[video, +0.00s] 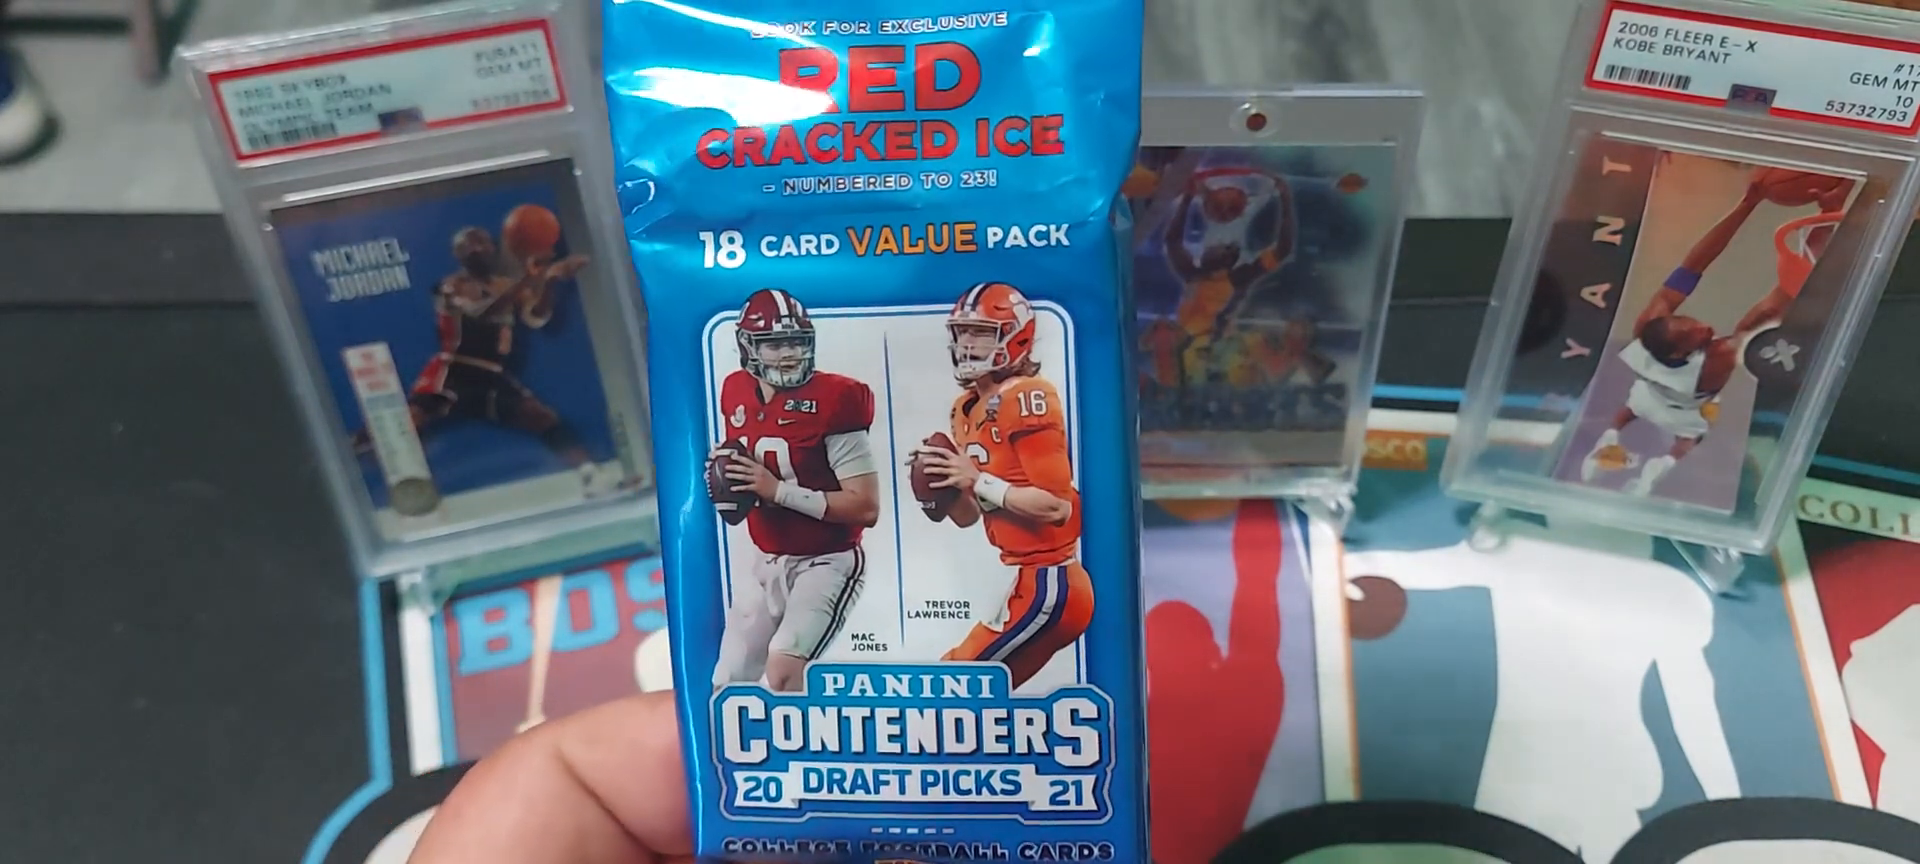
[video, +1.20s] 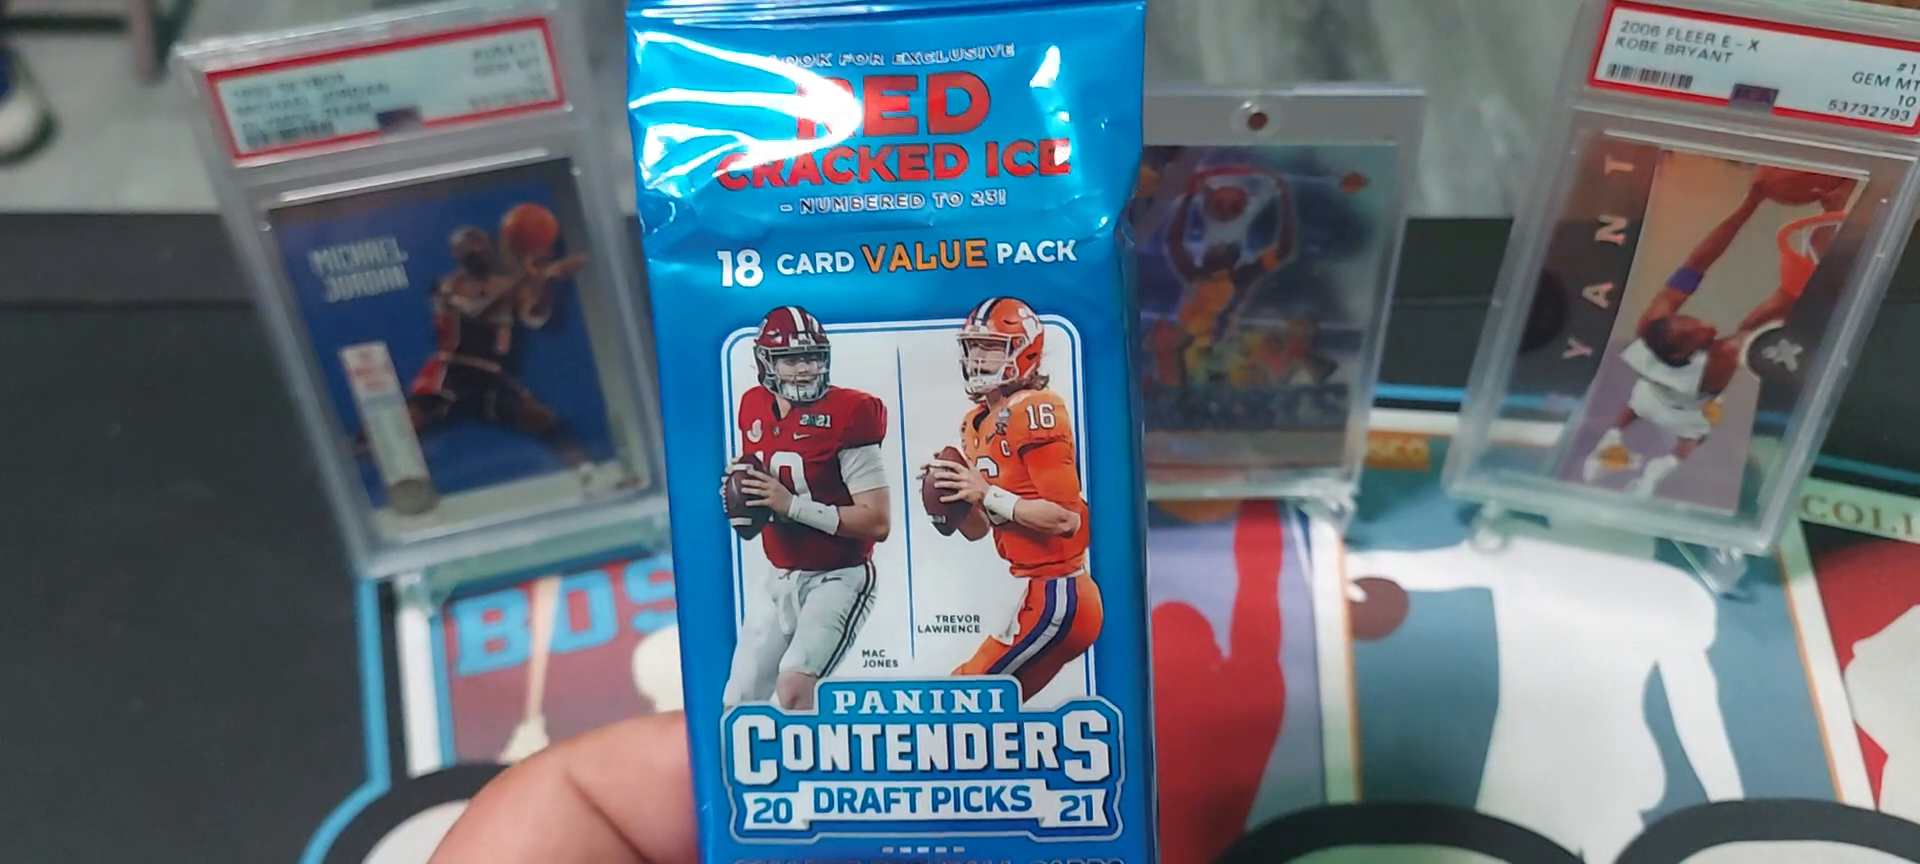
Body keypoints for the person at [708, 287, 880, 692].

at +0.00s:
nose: (786, 354)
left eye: (795, 343)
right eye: (774, 345)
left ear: (808, 344)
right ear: (750, 347)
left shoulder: (837, 399)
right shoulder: (736, 390)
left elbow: (866, 507)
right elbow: (738, 462)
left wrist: (777, 489)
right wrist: (721, 474)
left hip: (829, 563)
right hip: (765, 564)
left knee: (782, 673)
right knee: (728, 685)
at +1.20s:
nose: (805, 368)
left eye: (813, 357)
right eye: (791, 358)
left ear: (825, 358)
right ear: (767, 363)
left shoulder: (852, 413)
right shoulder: (754, 406)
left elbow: (877, 522)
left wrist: (791, 505)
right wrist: (739, 495)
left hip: (841, 577)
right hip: (780, 580)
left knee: (793, 691)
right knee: (738, 703)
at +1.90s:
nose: (852, 384)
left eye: (861, 372)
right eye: (838, 373)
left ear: (875, 375)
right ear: (813, 377)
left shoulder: (902, 432)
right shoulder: (802, 420)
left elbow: (925, 546)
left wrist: (836, 524)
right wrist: (783, 514)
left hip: (887, 602)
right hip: (826, 602)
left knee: (836, 715)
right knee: (779, 726)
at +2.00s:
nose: (904, 412)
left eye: (914, 400)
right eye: (890, 400)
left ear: (928, 402)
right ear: (865, 403)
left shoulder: (956, 461)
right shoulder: (852, 447)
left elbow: (975, 577)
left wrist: (885, 553)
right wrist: (832, 543)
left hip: (935, 635)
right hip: (871, 632)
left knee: (881, 748)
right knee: (823, 757)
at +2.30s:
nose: (959, 402)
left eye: (968, 391)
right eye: (946, 391)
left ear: (982, 394)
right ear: (919, 393)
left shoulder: (1004, 453)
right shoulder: (901, 436)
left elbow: (1021, 570)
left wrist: (932, 544)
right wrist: (877, 527)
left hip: (977, 626)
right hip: (910, 621)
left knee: (916, 738)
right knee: (858, 743)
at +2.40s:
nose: (979, 379)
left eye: (990, 367)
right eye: (967, 367)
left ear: (1004, 371)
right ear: (941, 369)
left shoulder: (1025, 429)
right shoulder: (923, 409)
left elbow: (1035, 547)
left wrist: (947, 517)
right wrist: (895, 494)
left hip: (991, 600)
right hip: (927, 594)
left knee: (926, 707)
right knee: (867, 712)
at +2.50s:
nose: (1003, 364)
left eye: (1014, 354)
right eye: (989, 352)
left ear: (1026, 358)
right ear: (963, 352)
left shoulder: (1045, 417)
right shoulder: (942, 394)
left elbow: (1053, 534)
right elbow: (933, 469)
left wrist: (966, 504)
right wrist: (911, 480)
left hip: (1006, 588)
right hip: (941, 580)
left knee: (937, 697)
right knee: (878, 698)